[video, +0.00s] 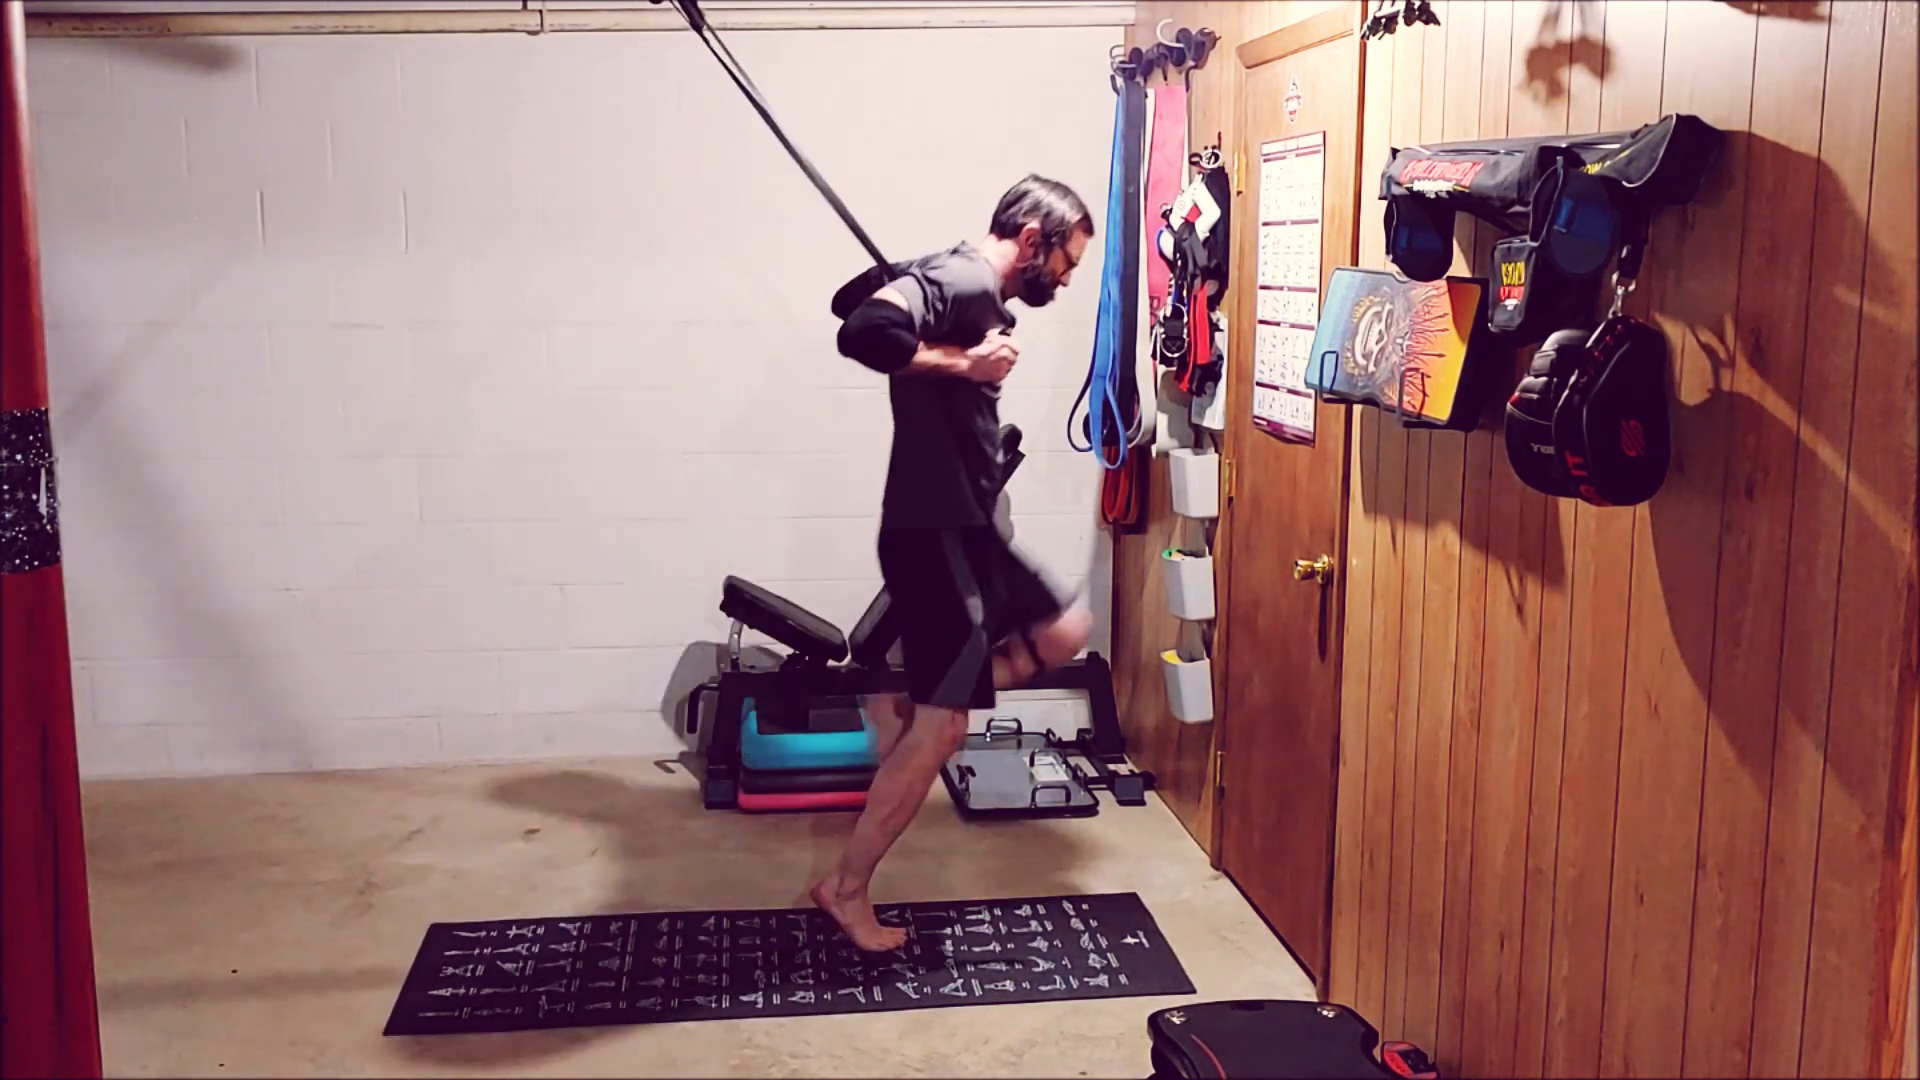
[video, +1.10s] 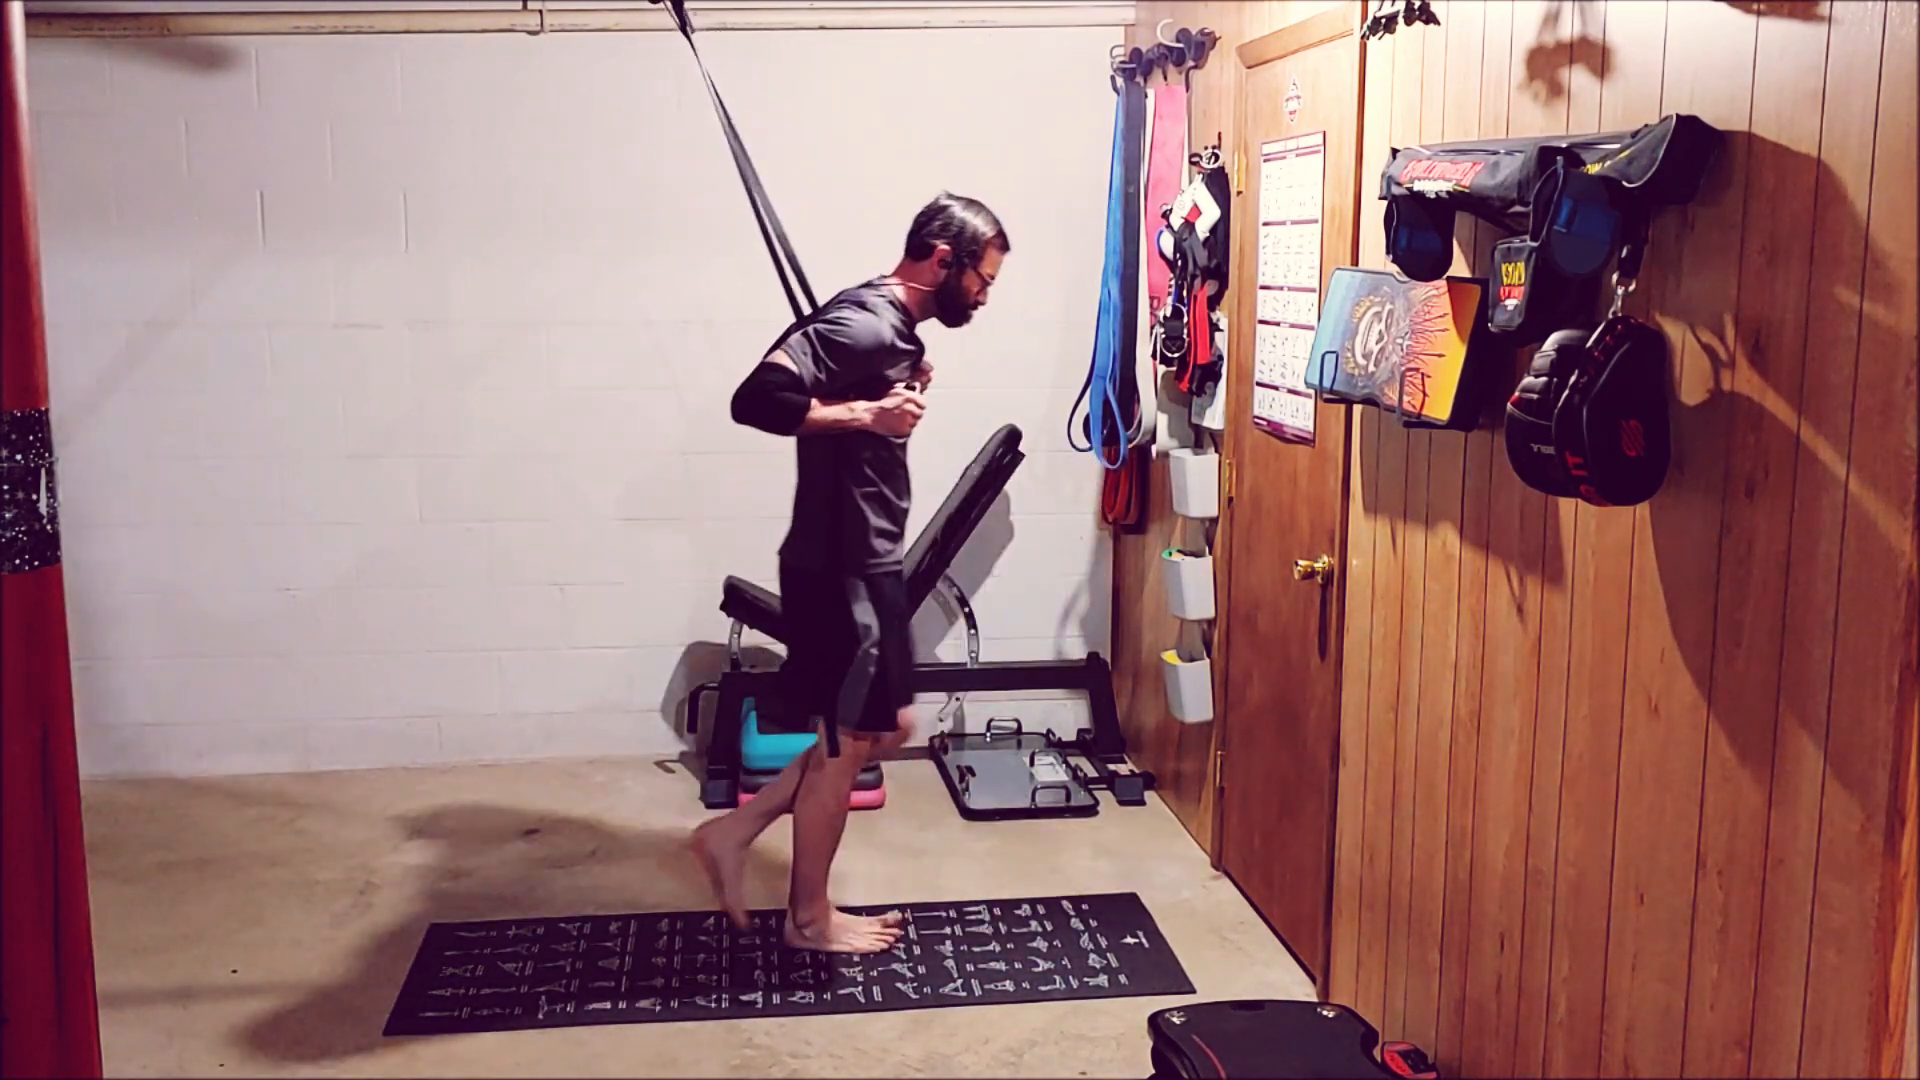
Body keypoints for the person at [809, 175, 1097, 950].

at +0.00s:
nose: (1066, 282)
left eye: (1073, 268)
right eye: (1068, 263)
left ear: (1025, 237)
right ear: (1030, 238)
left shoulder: (966, 283)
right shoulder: (963, 277)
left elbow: (854, 303)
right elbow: (863, 329)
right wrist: (966, 363)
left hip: (971, 528)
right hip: (933, 533)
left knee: (1063, 632)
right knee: (942, 722)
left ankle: (904, 702)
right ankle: (847, 886)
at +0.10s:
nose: (1081, 265)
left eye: (1088, 251)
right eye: (1083, 246)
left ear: (1042, 219)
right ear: (1049, 222)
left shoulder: (991, 271)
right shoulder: (975, 257)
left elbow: (872, 298)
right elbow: (875, 317)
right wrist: (981, 342)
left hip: (1001, 500)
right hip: (952, 515)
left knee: (1127, 538)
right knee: (930, 711)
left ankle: (994, 638)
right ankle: (856, 879)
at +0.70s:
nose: (1059, 285)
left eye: (1066, 271)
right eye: (1061, 267)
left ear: (1016, 246)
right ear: (1023, 246)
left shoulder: (964, 300)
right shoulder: (940, 292)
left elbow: (851, 326)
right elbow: (833, 355)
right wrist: (940, 375)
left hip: (973, 525)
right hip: (919, 544)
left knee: (1098, 577)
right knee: (888, 733)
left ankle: (963, 691)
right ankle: (818, 904)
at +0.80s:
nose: (1042, 296)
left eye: (1048, 282)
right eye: (1042, 277)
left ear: (999, 257)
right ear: (1002, 257)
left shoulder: (954, 320)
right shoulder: (917, 303)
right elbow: (811, 369)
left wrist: (955, 492)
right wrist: (919, 389)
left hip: (949, 545)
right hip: (898, 557)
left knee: (1059, 633)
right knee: (874, 744)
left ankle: (916, 728)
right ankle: (814, 912)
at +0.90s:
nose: (1021, 299)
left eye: (1027, 285)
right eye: (1021, 281)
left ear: (979, 262)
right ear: (978, 260)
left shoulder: (937, 322)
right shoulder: (897, 311)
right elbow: (788, 380)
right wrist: (900, 399)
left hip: (925, 554)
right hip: (877, 562)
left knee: (1010, 676)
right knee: (859, 742)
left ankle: (873, 755)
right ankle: (812, 914)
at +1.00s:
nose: (1003, 296)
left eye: (1008, 282)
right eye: (1002, 278)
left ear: (960, 260)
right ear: (959, 259)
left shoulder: (916, 322)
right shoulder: (878, 315)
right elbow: (771, 392)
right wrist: (883, 406)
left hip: (907, 558)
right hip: (859, 565)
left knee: (952, 707)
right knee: (846, 749)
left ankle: (820, 786)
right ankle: (810, 916)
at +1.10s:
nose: (985, 295)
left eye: (991, 281)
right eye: (983, 277)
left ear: (936, 260)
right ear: (938, 258)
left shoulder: (894, 321)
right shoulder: (862, 318)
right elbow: (757, 399)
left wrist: (903, 377)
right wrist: (867, 414)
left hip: (872, 558)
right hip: (839, 563)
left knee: (886, 722)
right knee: (843, 740)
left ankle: (732, 834)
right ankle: (810, 915)